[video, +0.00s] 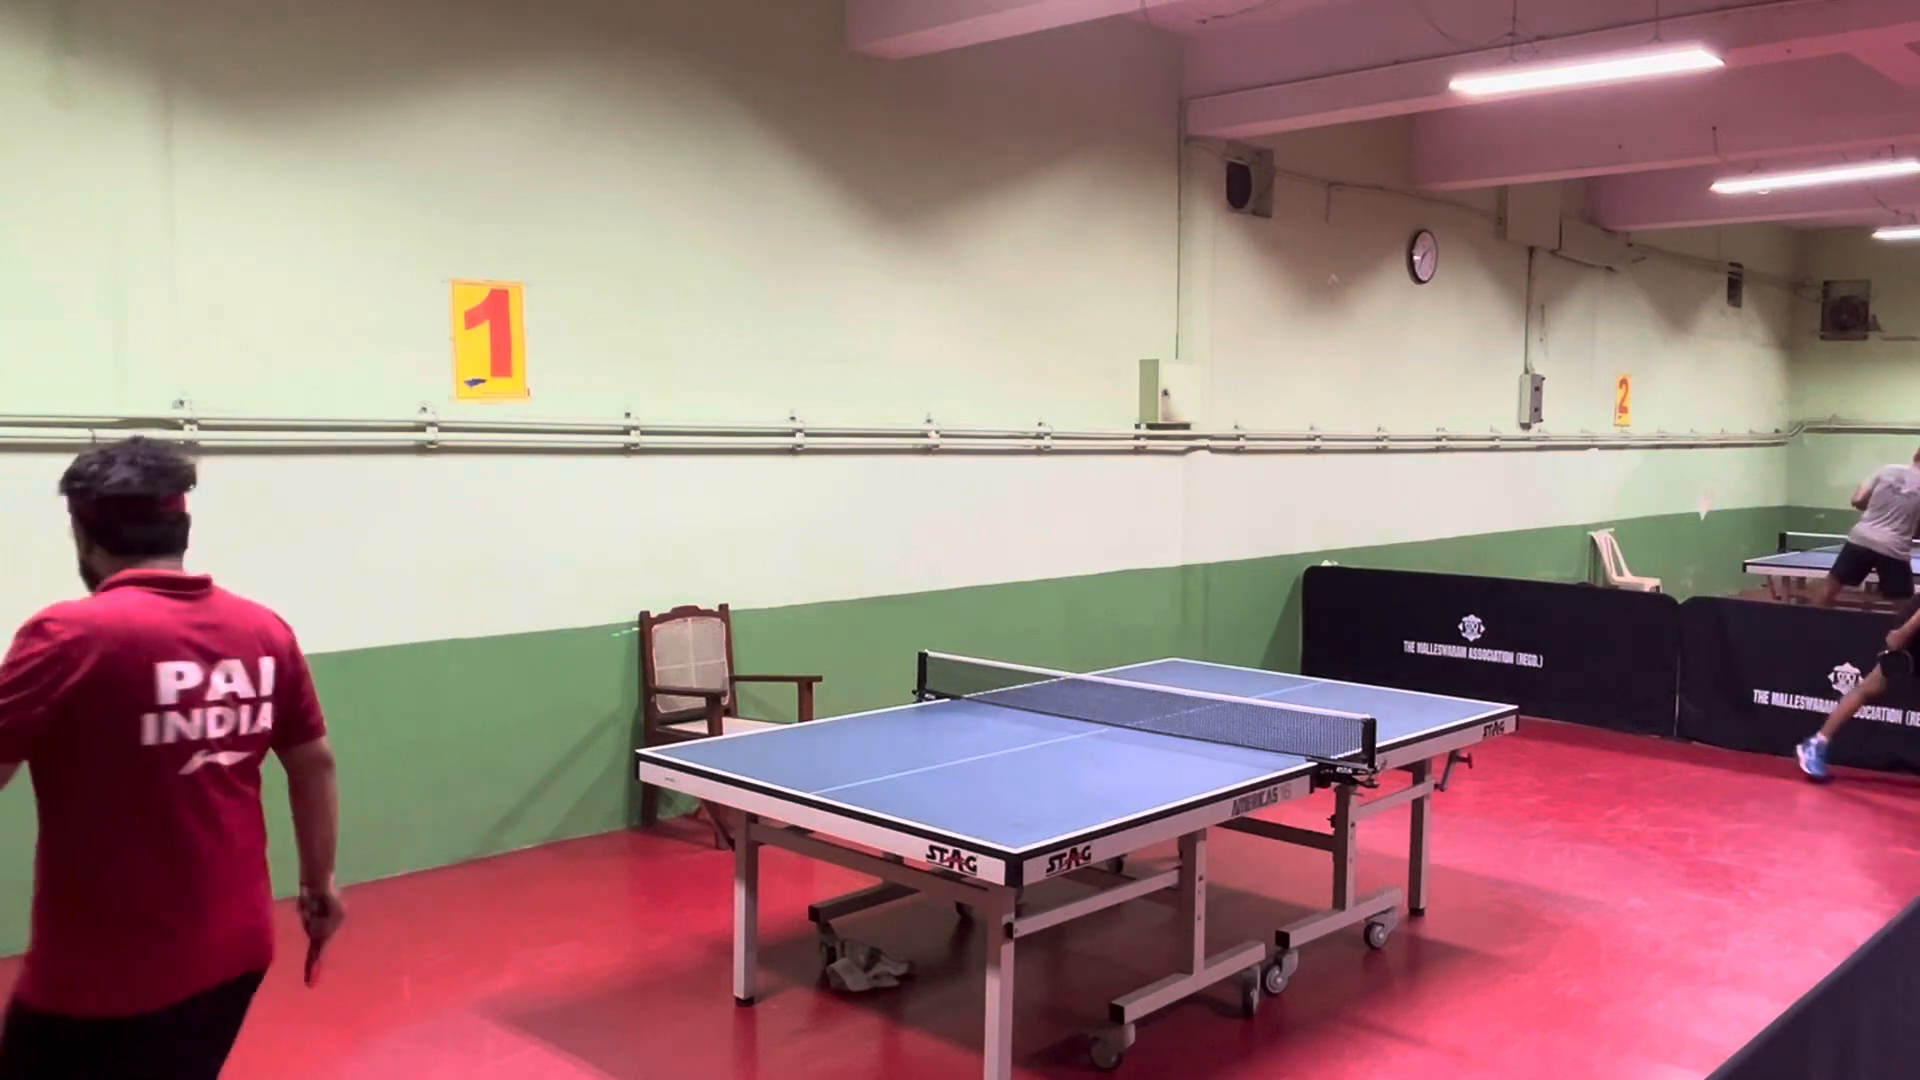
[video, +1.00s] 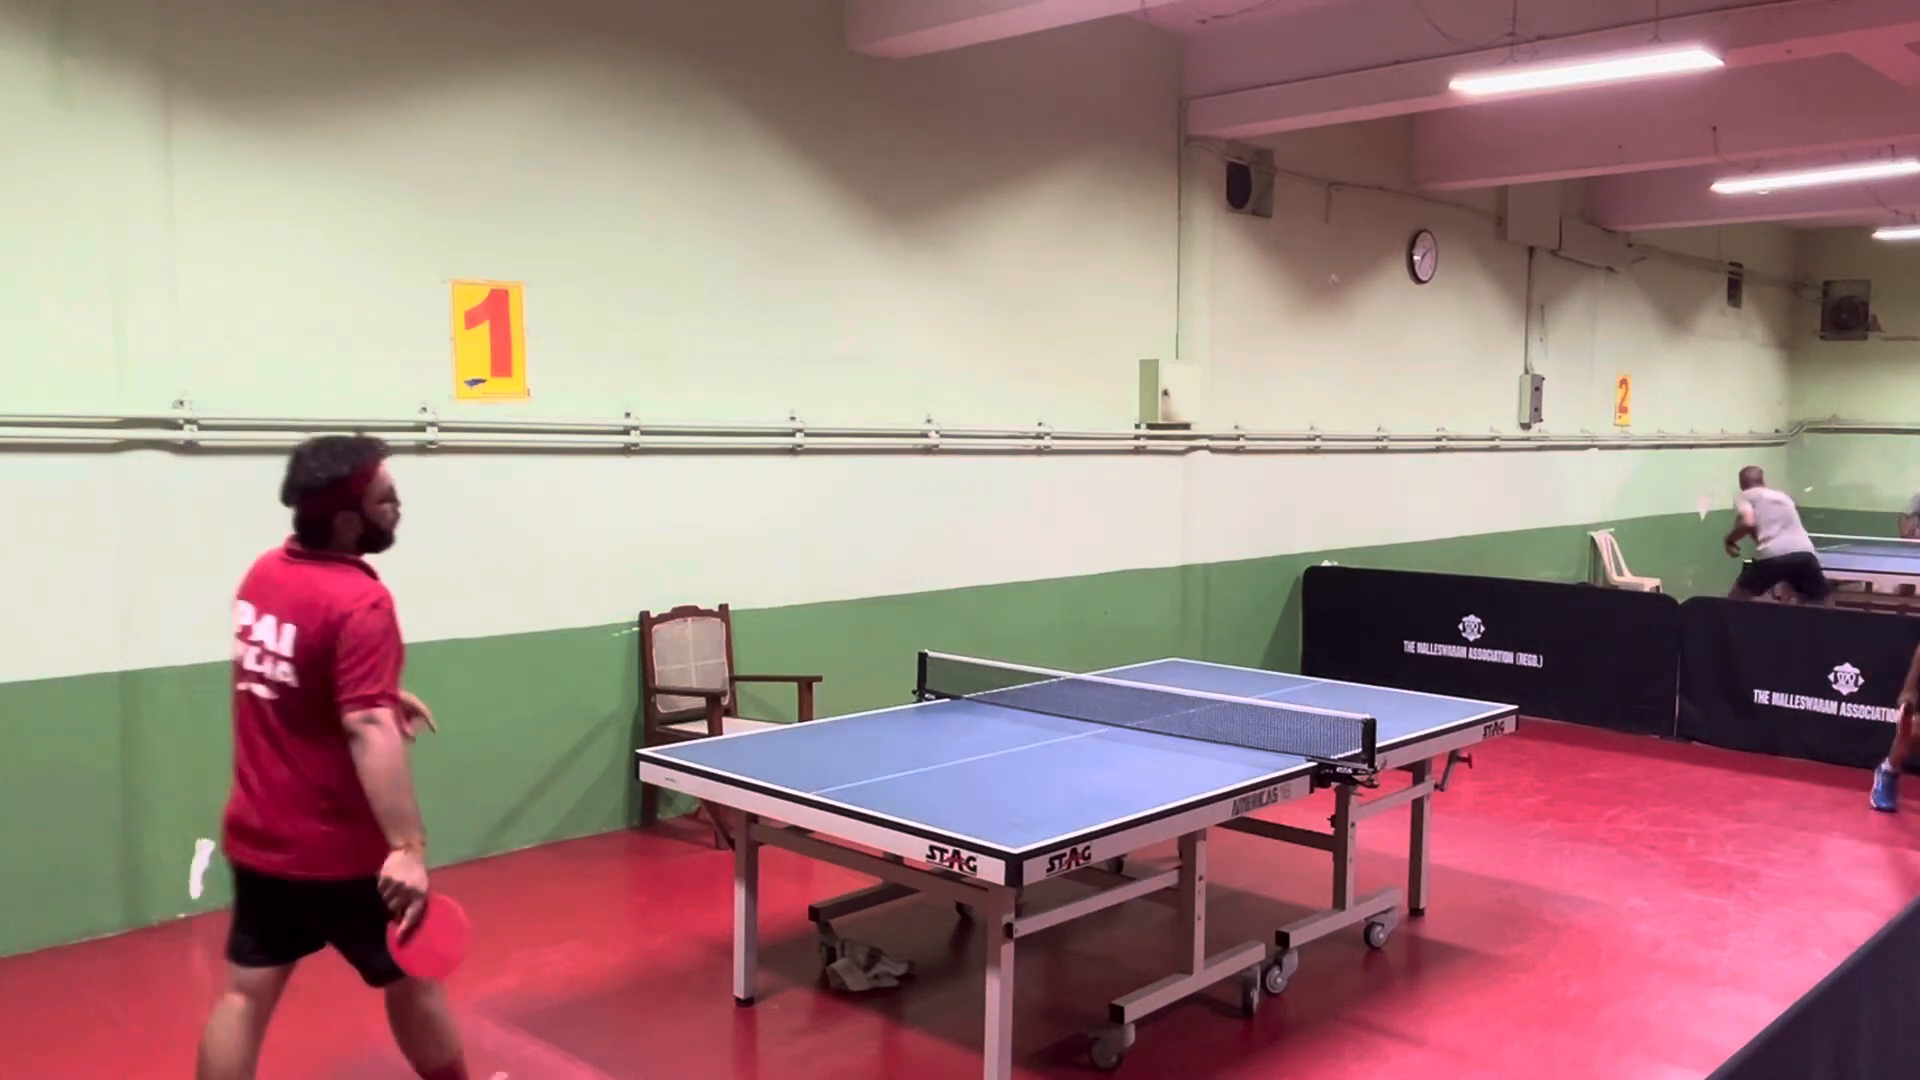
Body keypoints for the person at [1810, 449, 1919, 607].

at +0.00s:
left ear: (1914, 456)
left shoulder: (1887, 470)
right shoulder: (1918, 486)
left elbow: (1858, 500)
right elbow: (1916, 533)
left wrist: (1875, 508)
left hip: (1860, 542)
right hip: (1895, 552)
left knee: (1828, 591)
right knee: (1905, 610)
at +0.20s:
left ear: (1904, 458)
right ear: (1919, 464)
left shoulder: (1879, 474)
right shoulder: (1917, 486)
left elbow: (1853, 506)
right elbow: (1917, 530)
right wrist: (1912, 543)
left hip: (1857, 545)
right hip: (1893, 554)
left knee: (1829, 593)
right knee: (1904, 609)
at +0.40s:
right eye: (1905, 467)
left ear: (1881, 465)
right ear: (1904, 468)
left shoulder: (1859, 483)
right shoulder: (1911, 493)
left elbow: (1837, 516)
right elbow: (1917, 536)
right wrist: (1902, 552)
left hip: (1847, 554)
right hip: (1883, 559)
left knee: (1820, 599)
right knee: (1903, 609)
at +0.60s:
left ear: (1834, 478)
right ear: (1857, 480)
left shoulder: (1820, 496)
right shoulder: (1872, 501)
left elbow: (1812, 529)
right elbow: (1876, 532)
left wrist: (1817, 542)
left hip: (1824, 564)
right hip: (1859, 567)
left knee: (1796, 605)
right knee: (1885, 610)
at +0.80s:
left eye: (1772, 490)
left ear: (1774, 489)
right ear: (1796, 489)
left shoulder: (1775, 498)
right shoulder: (1814, 504)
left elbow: (1772, 529)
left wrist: (1758, 544)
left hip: (1789, 564)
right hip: (1824, 564)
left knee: (1757, 604)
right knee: (1848, 611)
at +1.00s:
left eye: (1741, 484)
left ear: (1742, 484)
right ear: (1762, 480)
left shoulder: (1745, 496)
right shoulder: (1783, 496)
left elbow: (1748, 524)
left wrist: (1730, 540)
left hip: (1771, 558)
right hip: (1804, 555)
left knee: (1735, 602)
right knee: (1825, 603)